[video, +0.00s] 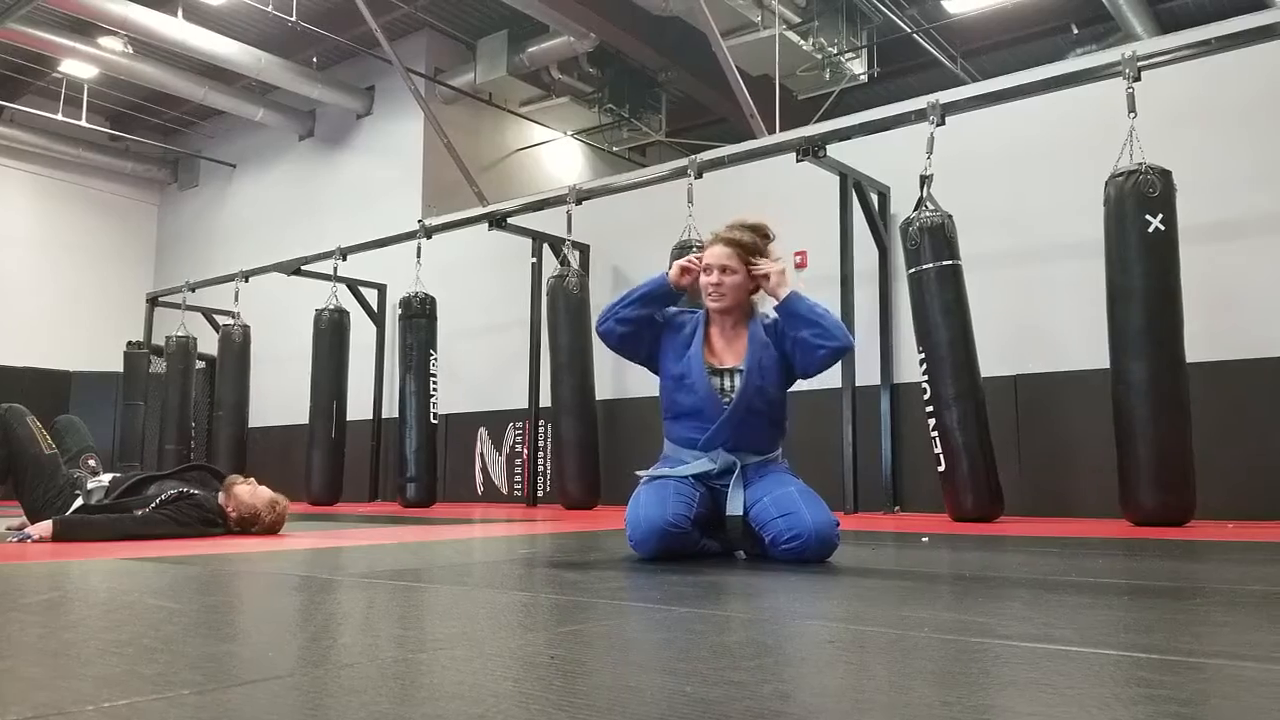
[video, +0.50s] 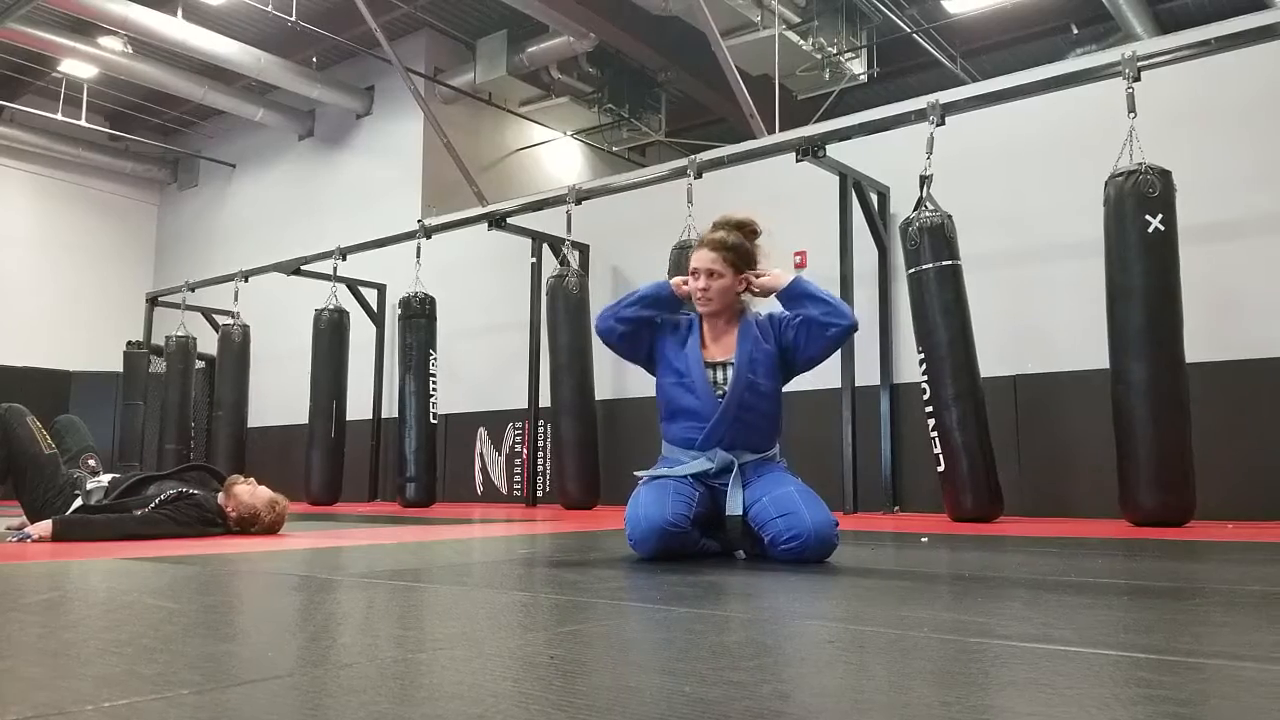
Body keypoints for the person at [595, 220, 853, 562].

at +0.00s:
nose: (714, 280)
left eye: (727, 271)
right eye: (707, 270)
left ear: (753, 281)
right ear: (698, 278)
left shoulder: (776, 333)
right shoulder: (672, 329)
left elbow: (837, 343)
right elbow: (610, 327)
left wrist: (783, 293)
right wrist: (669, 285)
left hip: (760, 473)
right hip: (682, 473)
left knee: (813, 537)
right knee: (650, 535)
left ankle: (745, 535)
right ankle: (717, 541)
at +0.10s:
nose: (711, 280)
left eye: (724, 271)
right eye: (704, 270)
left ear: (749, 280)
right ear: (696, 278)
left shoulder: (774, 332)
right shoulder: (670, 328)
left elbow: (836, 337)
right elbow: (608, 321)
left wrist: (783, 291)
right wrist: (667, 283)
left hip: (759, 473)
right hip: (681, 474)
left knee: (813, 537)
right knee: (650, 534)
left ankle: (745, 535)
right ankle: (716, 541)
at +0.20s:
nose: (709, 281)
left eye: (722, 271)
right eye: (702, 271)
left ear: (747, 280)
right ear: (693, 278)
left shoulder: (773, 332)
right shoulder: (669, 329)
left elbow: (835, 331)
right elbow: (606, 316)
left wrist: (782, 285)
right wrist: (666, 282)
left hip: (758, 472)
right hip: (680, 473)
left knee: (813, 537)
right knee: (650, 535)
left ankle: (745, 535)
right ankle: (717, 542)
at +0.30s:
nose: (706, 283)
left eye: (718, 273)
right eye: (700, 273)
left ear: (745, 282)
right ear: (691, 278)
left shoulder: (772, 332)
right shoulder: (668, 328)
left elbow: (837, 325)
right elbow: (606, 313)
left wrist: (783, 283)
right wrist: (666, 282)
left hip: (758, 473)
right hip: (681, 474)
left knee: (813, 537)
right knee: (650, 534)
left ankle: (744, 534)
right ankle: (718, 541)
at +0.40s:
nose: (703, 286)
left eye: (716, 275)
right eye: (697, 275)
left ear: (744, 281)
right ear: (689, 280)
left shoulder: (772, 331)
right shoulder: (668, 329)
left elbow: (839, 321)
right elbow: (606, 313)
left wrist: (784, 281)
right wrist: (667, 282)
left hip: (759, 472)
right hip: (681, 474)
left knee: (812, 537)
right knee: (649, 533)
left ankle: (745, 534)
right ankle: (718, 542)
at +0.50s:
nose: (700, 285)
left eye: (713, 275)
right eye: (694, 274)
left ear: (742, 282)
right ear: (687, 281)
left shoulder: (772, 332)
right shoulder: (668, 333)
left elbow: (839, 323)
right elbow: (608, 326)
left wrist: (784, 283)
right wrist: (669, 291)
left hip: (759, 473)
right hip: (681, 474)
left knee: (813, 537)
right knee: (649, 534)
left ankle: (746, 535)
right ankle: (716, 541)